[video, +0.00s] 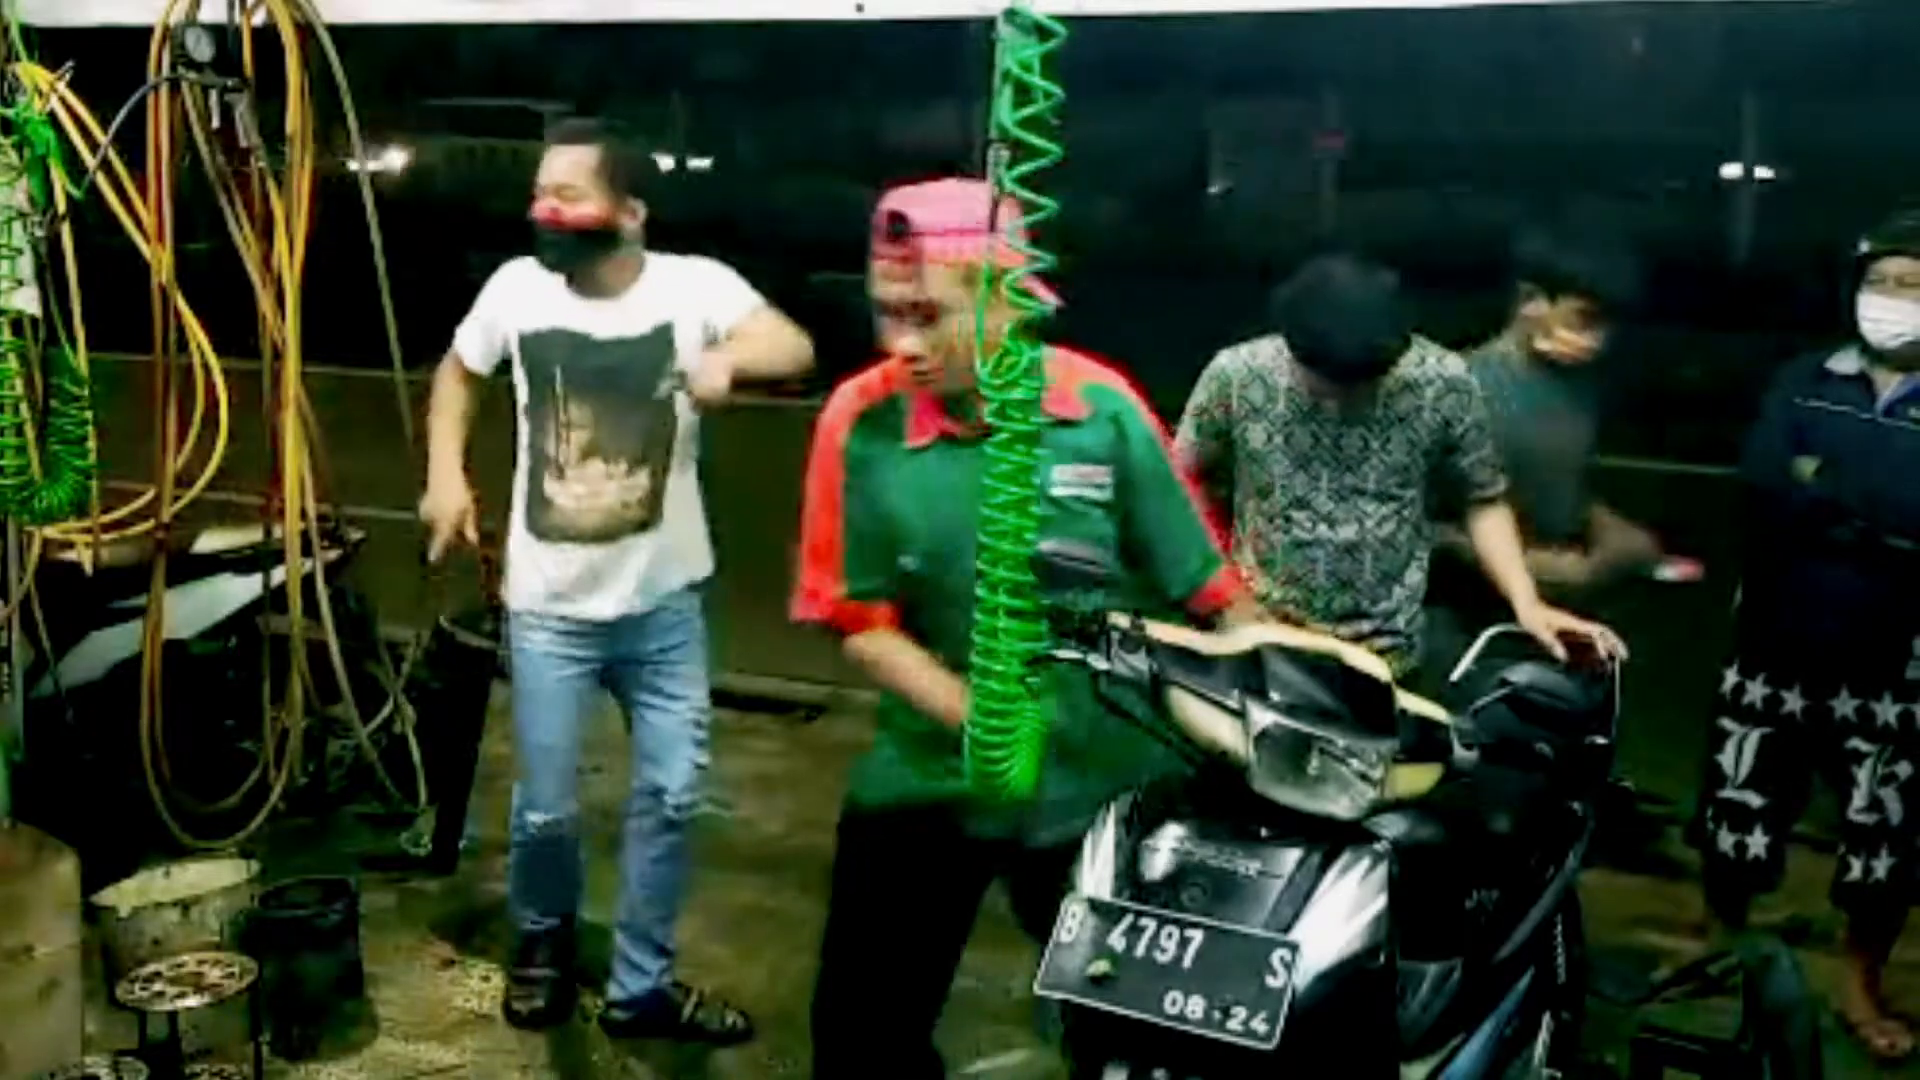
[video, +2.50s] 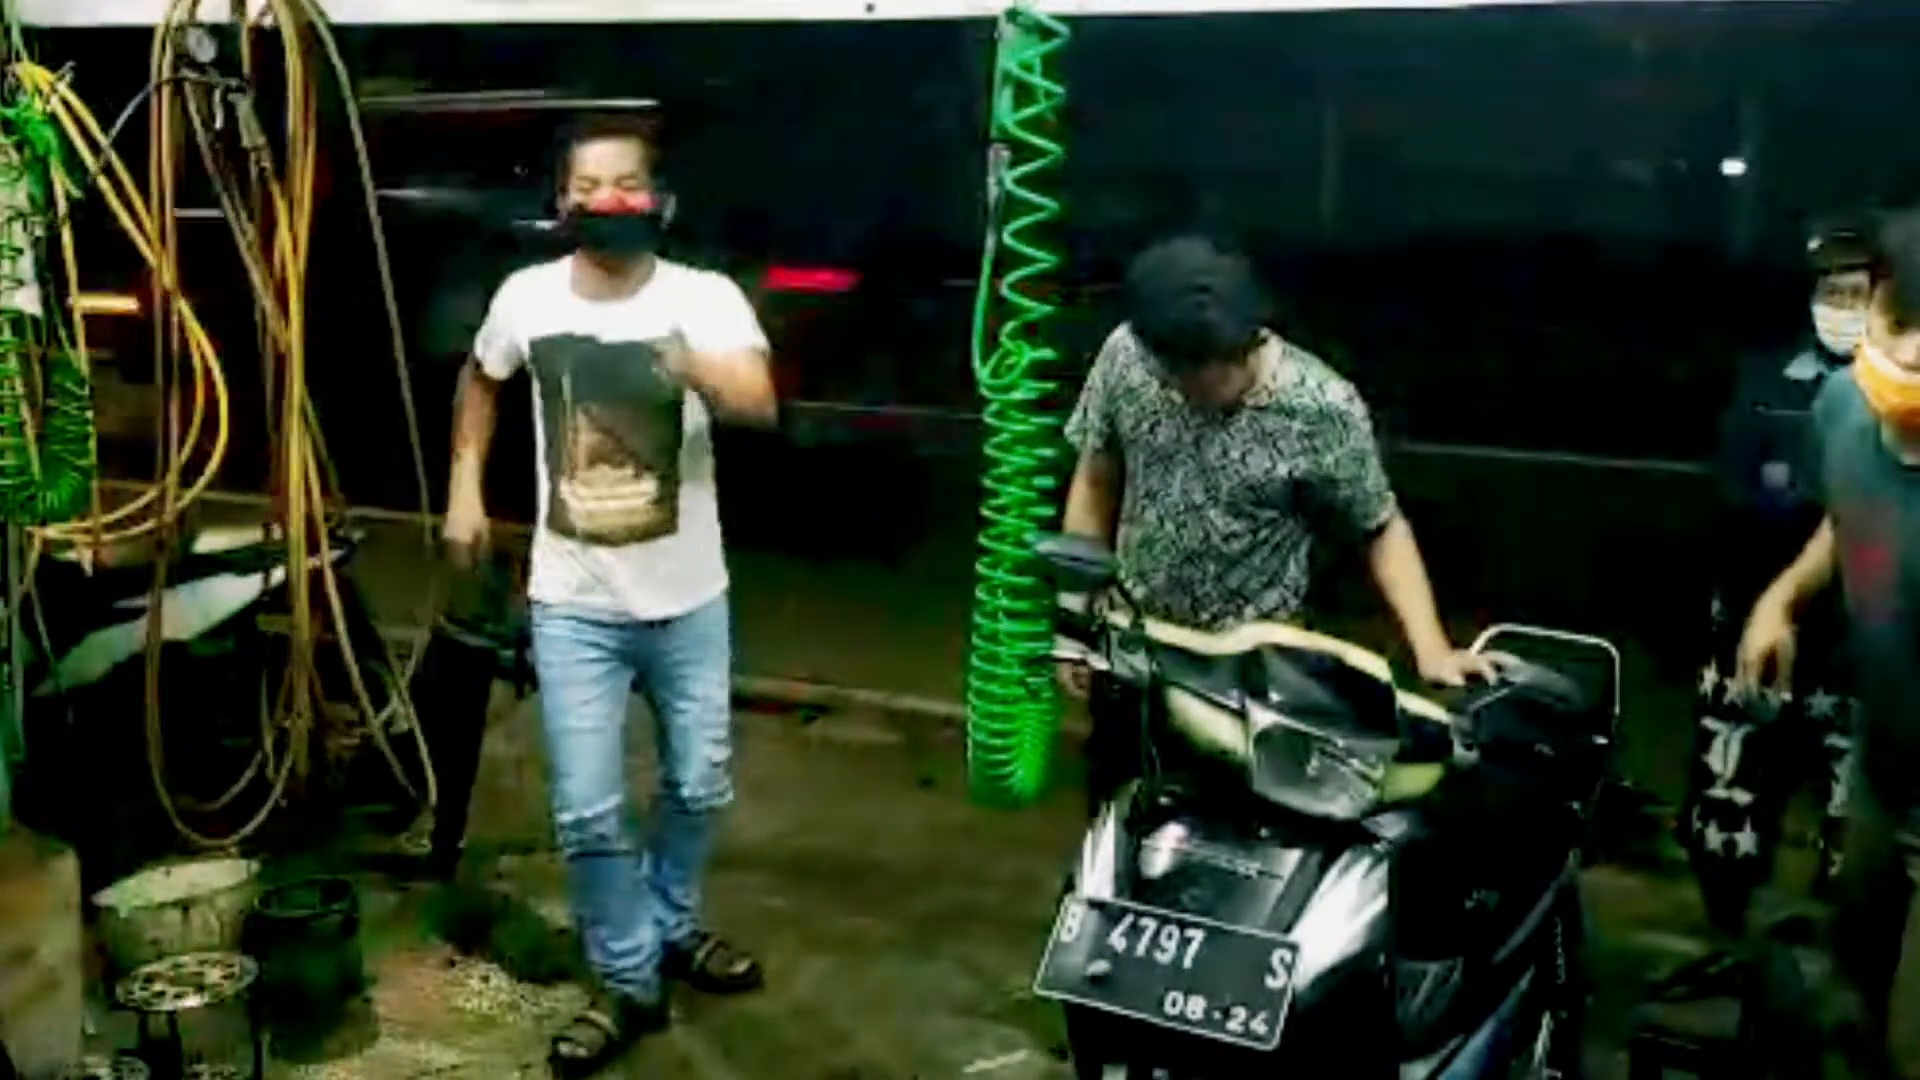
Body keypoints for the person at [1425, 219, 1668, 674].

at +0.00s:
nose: (1595, 342)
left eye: (1602, 325)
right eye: (1582, 321)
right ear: (1532, 305)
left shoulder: (1570, 387)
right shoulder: (1471, 387)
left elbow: (1566, 496)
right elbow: (1440, 529)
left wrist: (1625, 540)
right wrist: (1549, 567)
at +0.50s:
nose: (1734, 343)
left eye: (1747, 324)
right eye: (1716, 321)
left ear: (1765, 317)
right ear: (1664, 301)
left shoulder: (1758, 397)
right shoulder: (1595, 402)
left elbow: (1763, 506)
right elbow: (1530, 523)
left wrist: (1815, 581)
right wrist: (1637, 580)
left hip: (1729, 667)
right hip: (1623, 669)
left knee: (1744, 843)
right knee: (1615, 845)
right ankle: (1567, 979)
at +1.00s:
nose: (1881, 290)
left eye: (1898, 269)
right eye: (1864, 266)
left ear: (1917, 279)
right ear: (1817, 262)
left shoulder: (1913, 399)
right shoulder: (1740, 387)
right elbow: (1686, 495)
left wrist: (1918, 699)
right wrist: (1707, 581)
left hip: (1883, 721)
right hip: (1754, 708)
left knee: (1872, 952)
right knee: (1747, 910)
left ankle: (1849, 1072)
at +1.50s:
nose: (1807, 264)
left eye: (1834, 240)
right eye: (1784, 240)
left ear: (1875, 248)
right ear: (1746, 241)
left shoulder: (1905, 361)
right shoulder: (1698, 379)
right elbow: (1677, 495)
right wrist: (1671, 566)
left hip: (1896, 707)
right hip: (1765, 713)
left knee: (1909, 925)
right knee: (1768, 944)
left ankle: (1894, 1058)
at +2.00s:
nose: (1872, 311)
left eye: (1899, 291)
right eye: (1853, 285)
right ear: (1812, 275)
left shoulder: (1918, 406)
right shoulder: (1771, 397)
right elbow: (1757, 513)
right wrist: (1697, 572)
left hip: (1902, 778)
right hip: (1784, 755)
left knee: (1895, 1033)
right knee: (1788, 1000)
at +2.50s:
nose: (1902, 376)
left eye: (1912, 356)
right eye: (1893, 349)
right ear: (1869, 326)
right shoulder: (1848, 406)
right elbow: (1854, 519)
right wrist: (1779, 596)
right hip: (1884, 740)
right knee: (1861, 926)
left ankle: (1879, 1039)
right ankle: (1859, 1041)